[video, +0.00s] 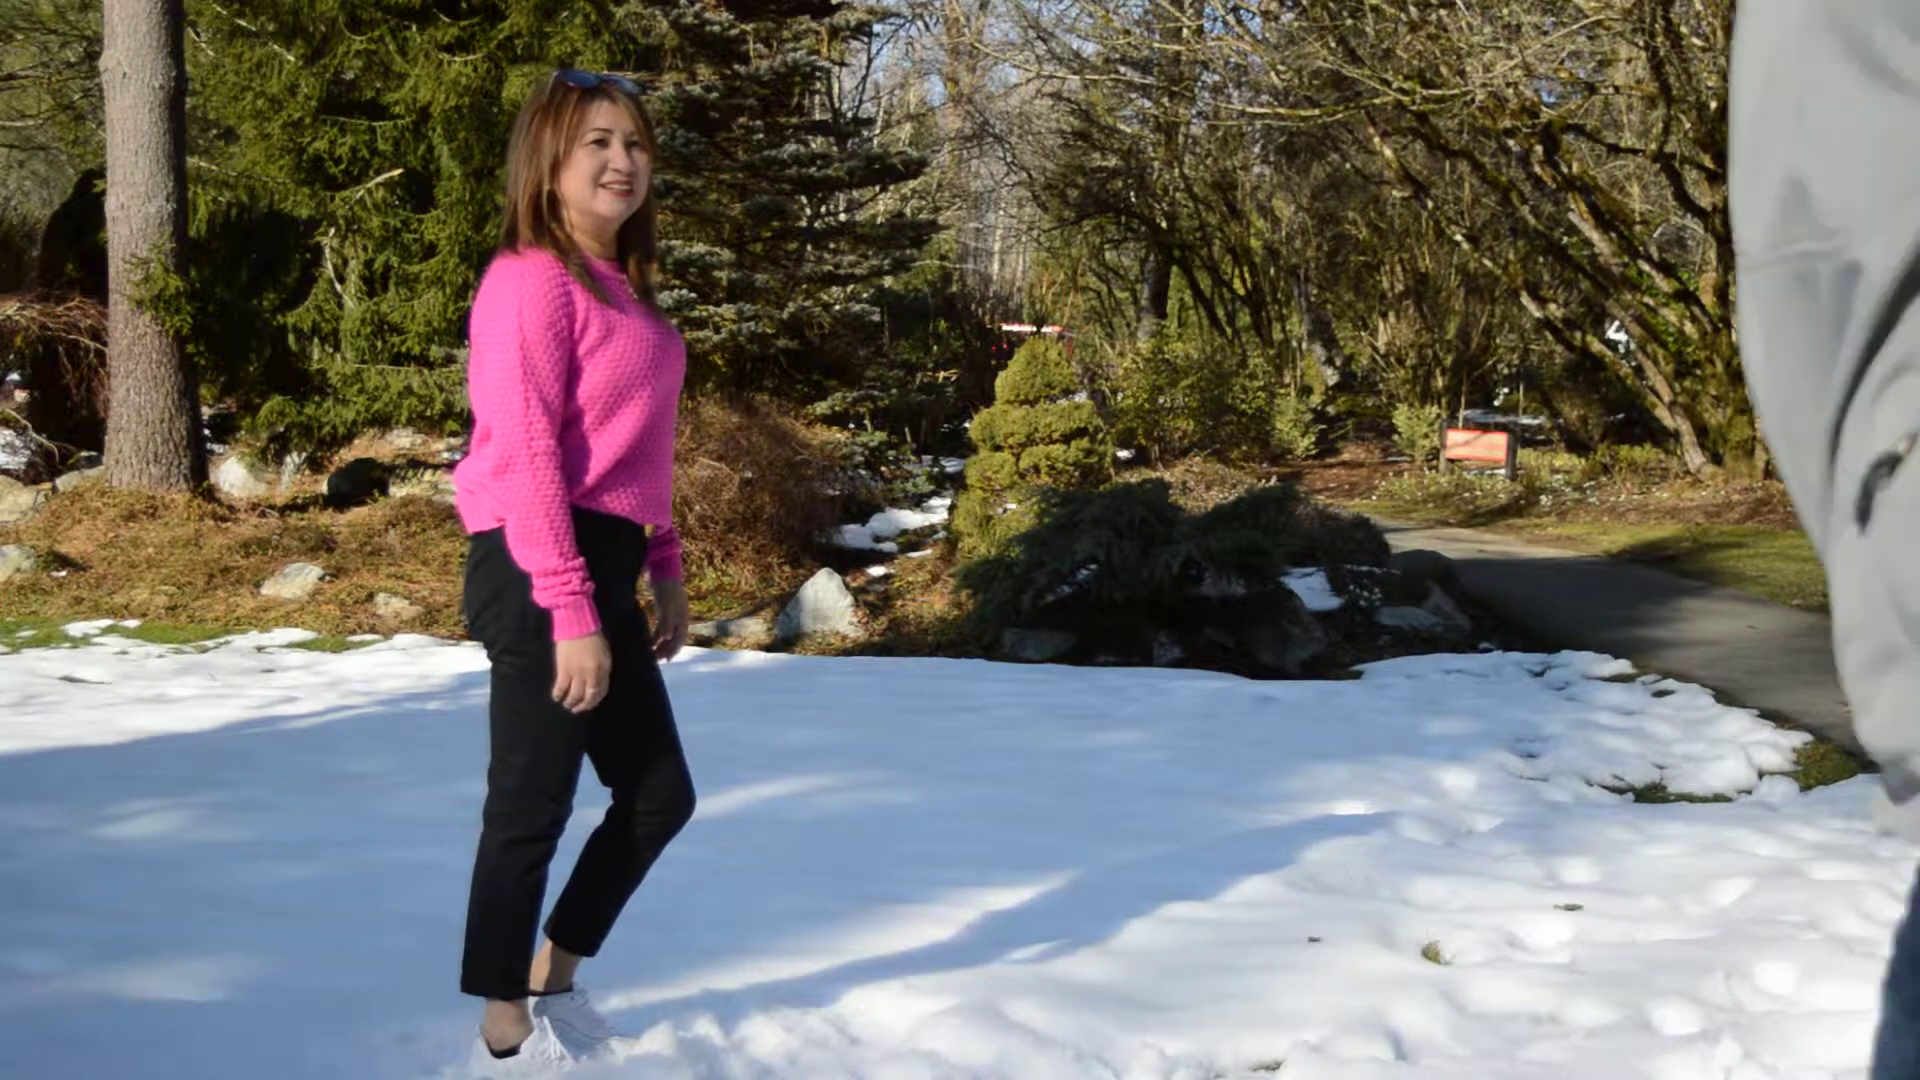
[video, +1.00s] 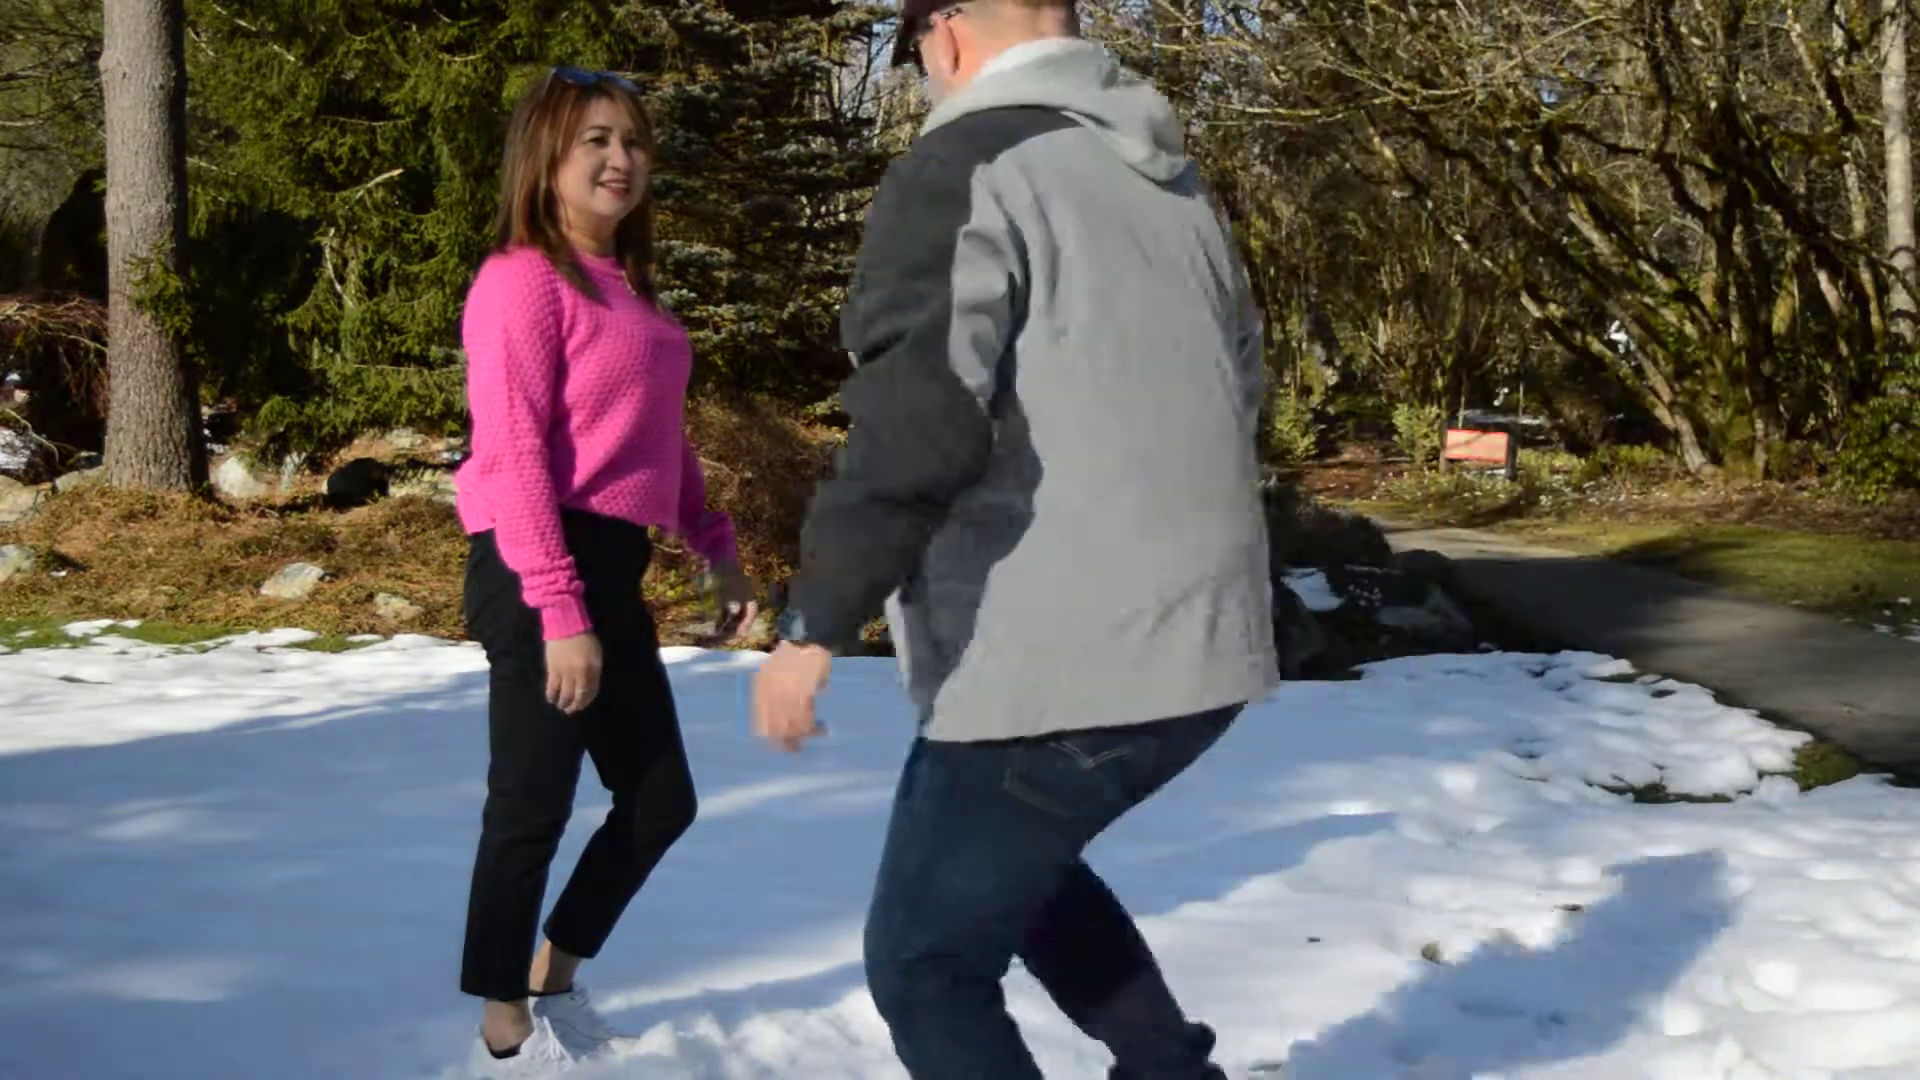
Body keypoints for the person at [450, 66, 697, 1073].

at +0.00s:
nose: (623, 161)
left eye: (636, 144)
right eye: (599, 143)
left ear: (649, 168)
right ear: (548, 162)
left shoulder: (620, 290)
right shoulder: (527, 280)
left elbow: (638, 448)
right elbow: (525, 455)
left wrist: (664, 573)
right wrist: (571, 612)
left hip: (604, 558)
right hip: (534, 554)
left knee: (660, 794)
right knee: (528, 804)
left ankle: (550, 981)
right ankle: (501, 1038)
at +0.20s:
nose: (623, 159)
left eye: (635, 143)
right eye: (598, 142)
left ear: (648, 166)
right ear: (548, 163)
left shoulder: (620, 290)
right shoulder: (526, 280)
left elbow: (637, 447)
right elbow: (524, 455)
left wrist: (669, 568)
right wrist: (570, 612)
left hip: (606, 560)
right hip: (534, 555)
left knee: (661, 795)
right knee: (531, 801)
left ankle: (550, 980)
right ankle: (502, 1038)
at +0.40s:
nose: (625, 160)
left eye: (637, 144)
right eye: (600, 142)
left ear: (648, 167)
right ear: (548, 161)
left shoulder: (619, 287)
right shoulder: (525, 279)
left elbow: (639, 445)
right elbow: (520, 452)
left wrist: (684, 568)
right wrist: (567, 609)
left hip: (605, 561)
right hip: (534, 556)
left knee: (661, 796)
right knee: (530, 802)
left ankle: (549, 982)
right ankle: (501, 1038)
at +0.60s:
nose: (625, 160)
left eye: (636, 144)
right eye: (600, 143)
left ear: (647, 166)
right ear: (548, 164)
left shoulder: (621, 288)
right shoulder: (522, 279)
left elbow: (648, 447)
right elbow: (518, 453)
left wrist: (696, 570)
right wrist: (563, 609)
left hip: (606, 561)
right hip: (533, 556)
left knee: (661, 798)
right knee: (530, 804)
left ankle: (550, 979)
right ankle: (502, 1035)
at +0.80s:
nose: (624, 160)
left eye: (636, 144)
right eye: (599, 143)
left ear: (648, 168)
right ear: (546, 163)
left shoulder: (623, 289)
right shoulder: (520, 280)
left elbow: (653, 447)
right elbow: (515, 456)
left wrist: (714, 556)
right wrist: (562, 612)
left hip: (608, 564)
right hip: (533, 556)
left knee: (660, 800)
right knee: (530, 805)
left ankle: (548, 982)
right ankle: (503, 1039)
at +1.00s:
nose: (621, 159)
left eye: (633, 142)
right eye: (596, 142)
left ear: (645, 165)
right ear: (545, 163)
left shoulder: (623, 288)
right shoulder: (517, 281)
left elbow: (661, 445)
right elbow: (513, 458)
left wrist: (720, 558)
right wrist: (560, 614)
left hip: (608, 566)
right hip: (533, 561)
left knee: (660, 799)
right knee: (530, 805)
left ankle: (549, 978)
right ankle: (502, 1031)